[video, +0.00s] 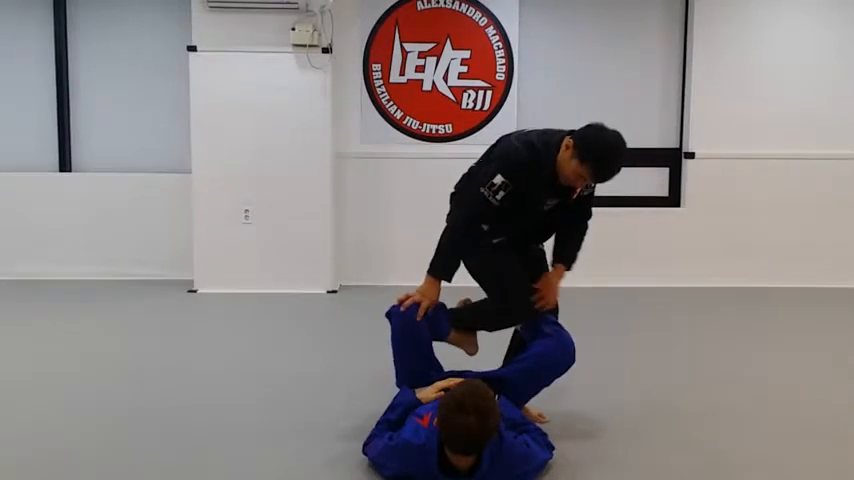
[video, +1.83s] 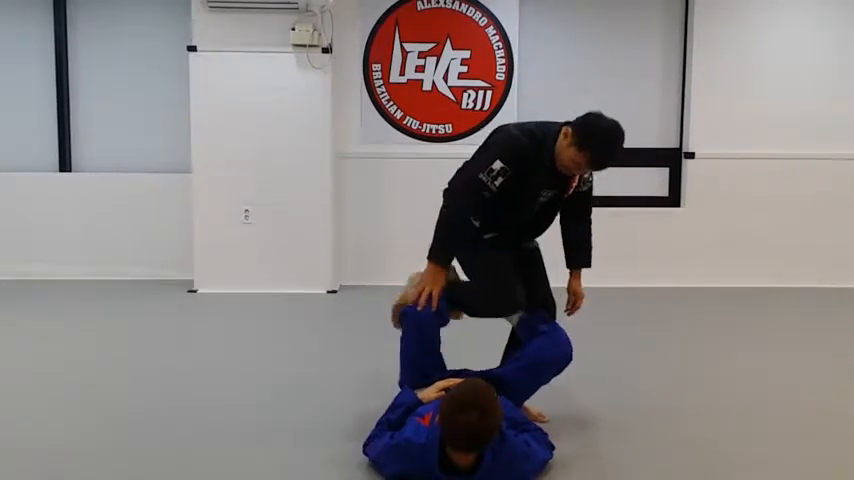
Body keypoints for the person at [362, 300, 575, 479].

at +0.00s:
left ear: (438, 426)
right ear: (496, 426)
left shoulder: (407, 452)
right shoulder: (514, 456)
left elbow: (373, 444)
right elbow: (541, 444)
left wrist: (412, 397)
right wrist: (509, 405)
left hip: (428, 392)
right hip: (496, 395)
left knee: (404, 313)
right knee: (562, 348)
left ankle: (453, 330)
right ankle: (528, 306)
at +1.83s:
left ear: (439, 421)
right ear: (497, 428)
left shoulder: (409, 451)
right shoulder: (515, 456)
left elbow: (374, 443)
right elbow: (540, 443)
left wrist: (413, 397)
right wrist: (520, 414)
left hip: (429, 392)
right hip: (498, 397)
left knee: (419, 316)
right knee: (559, 346)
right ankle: (519, 312)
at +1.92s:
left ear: (439, 420)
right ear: (497, 427)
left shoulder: (410, 450)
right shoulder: (516, 456)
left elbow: (374, 443)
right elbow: (541, 442)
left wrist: (413, 397)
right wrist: (520, 412)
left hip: (428, 391)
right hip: (499, 397)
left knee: (418, 314)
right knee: (557, 344)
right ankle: (520, 311)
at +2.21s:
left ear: (440, 417)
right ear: (498, 423)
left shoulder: (409, 450)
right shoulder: (516, 455)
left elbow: (375, 444)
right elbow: (541, 443)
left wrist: (414, 397)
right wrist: (522, 414)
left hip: (430, 391)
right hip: (499, 398)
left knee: (423, 315)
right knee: (559, 348)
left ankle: (435, 293)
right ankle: (528, 316)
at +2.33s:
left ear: (439, 418)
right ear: (498, 424)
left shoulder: (410, 450)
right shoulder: (517, 455)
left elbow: (375, 443)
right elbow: (539, 440)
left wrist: (415, 397)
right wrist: (511, 406)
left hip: (429, 395)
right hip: (496, 396)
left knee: (423, 314)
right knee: (556, 346)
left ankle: (428, 289)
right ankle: (525, 307)